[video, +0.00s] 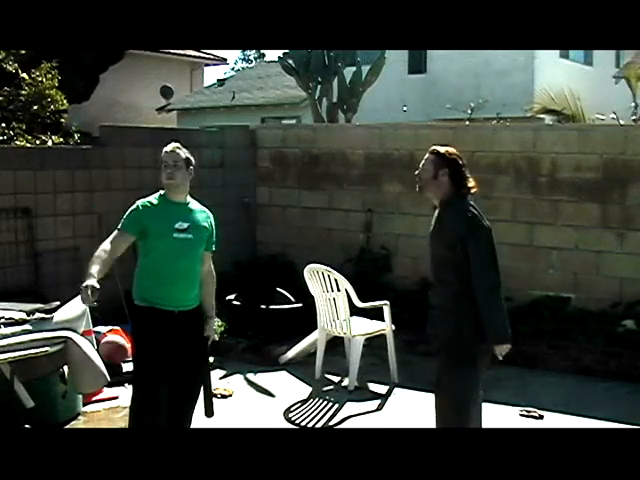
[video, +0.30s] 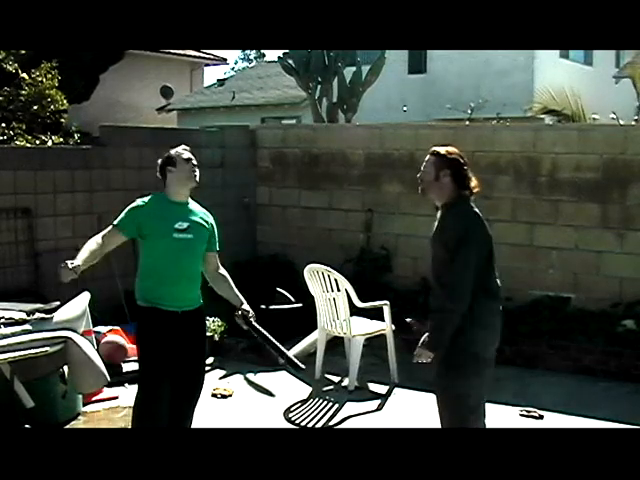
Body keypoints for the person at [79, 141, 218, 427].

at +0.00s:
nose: (167, 170)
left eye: (174, 165)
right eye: (164, 165)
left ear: (190, 171)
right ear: (160, 171)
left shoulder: (204, 216)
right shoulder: (144, 210)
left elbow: (207, 269)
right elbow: (111, 248)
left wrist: (210, 316)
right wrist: (92, 277)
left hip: (189, 317)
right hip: (149, 315)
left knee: (185, 393)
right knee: (150, 392)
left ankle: (177, 429)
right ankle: (144, 431)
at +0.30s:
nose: (196, 166)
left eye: (196, 162)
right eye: (188, 162)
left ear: (195, 173)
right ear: (167, 170)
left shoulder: (204, 219)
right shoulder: (144, 210)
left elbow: (214, 270)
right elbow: (104, 241)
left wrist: (241, 303)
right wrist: (78, 264)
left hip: (191, 316)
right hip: (153, 315)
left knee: (188, 390)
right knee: (154, 389)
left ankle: (178, 432)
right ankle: (146, 432)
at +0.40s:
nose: (203, 170)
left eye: (201, 165)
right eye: (196, 165)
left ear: (184, 173)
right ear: (176, 171)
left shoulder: (204, 220)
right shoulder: (146, 210)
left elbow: (211, 268)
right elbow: (113, 255)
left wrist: (249, 278)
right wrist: (99, 300)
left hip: (191, 317)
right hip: (153, 316)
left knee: (188, 391)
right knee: (155, 391)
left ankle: (178, 432)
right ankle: (147, 433)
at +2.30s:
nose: (189, 175)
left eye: (188, 169)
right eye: (183, 169)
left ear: (167, 173)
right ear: (162, 173)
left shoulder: (190, 216)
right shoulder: (129, 212)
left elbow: (203, 268)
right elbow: (117, 269)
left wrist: (220, 313)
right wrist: (121, 320)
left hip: (181, 320)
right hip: (143, 321)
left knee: (180, 401)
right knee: (144, 403)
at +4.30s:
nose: (205, 174)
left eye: (204, 168)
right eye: (199, 168)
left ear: (185, 175)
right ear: (180, 175)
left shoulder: (205, 219)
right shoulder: (146, 212)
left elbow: (216, 267)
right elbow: (131, 268)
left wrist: (250, 276)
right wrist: (127, 319)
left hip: (192, 320)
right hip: (155, 318)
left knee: (186, 399)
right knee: (153, 399)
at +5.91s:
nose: (196, 171)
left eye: (195, 166)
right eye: (190, 166)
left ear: (177, 173)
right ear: (170, 172)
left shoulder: (195, 219)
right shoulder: (138, 211)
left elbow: (212, 266)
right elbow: (122, 266)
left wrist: (245, 247)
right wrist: (119, 316)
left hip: (185, 318)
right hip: (148, 318)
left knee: (184, 394)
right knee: (150, 396)